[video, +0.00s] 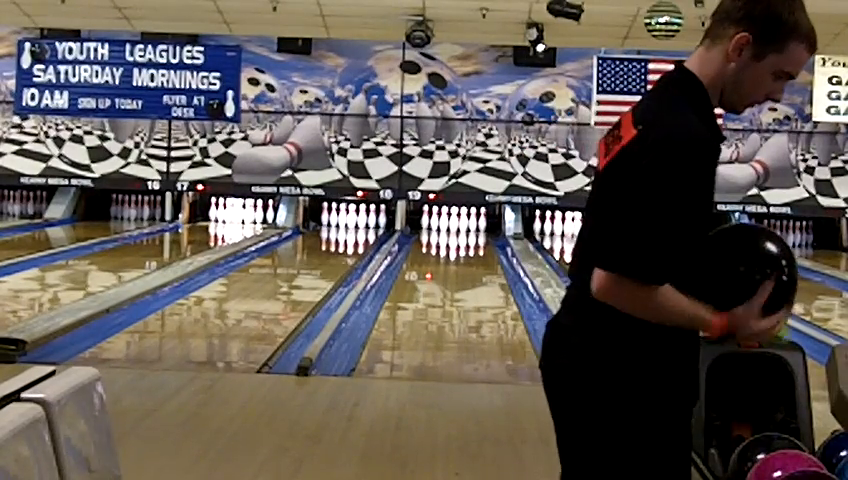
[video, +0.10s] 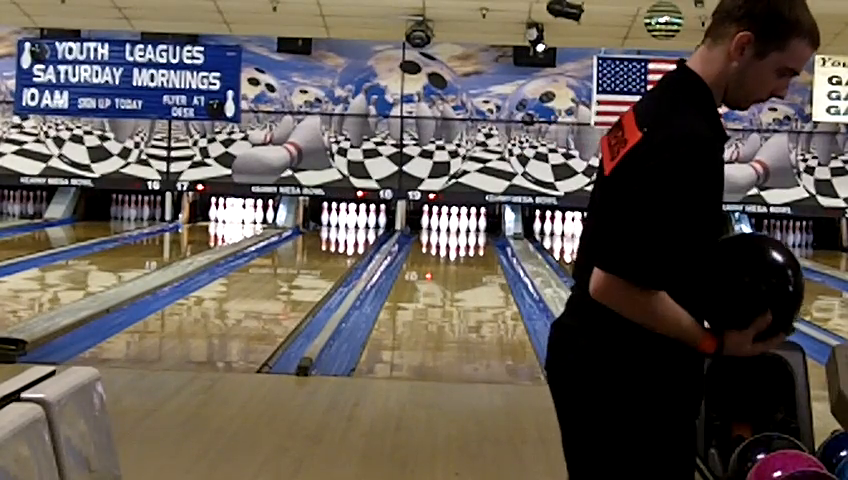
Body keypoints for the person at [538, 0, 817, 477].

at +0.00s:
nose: (777, 94)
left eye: (787, 82)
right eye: (779, 76)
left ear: (737, 48)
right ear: (740, 48)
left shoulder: (670, 107)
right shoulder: (682, 129)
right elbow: (612, 282)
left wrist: (729, 299)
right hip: (619, 363)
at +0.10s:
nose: (782, 91)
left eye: (791, 78)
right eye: (782, 73)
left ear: (737, 47)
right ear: (742, 47)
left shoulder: (669, 102)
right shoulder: (688, 130)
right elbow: (612, 284)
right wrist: (712, 342)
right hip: (627, 364)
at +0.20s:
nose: (785, 87)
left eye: (793, 73)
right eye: (785, 69)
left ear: (739, 44)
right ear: (743, 45)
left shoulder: (672, 100)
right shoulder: (690, 130)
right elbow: (611, 284)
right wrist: (708, 351)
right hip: (629, 363)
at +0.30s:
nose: (789, 84)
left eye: (797, 69)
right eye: (789, 64)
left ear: (743, 44)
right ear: (746, 43)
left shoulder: (676, 103)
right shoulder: (691, 128)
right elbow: (604, 280)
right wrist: (705, 355)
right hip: (627, 364)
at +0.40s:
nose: (792, 81)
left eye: (800, 66)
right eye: (791, 62)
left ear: (743, 43)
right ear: (747, 42)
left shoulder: (688, 111)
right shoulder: (689, 128)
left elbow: (696, 256)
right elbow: (602, 275)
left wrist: (793, 304)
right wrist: (702, 355)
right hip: (625, 369)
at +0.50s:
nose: (793, 78)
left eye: (800, 63)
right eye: (792, 59)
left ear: (743, 42)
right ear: (748, 41)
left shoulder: (690, 111)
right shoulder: (692, 127)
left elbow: (712, 261)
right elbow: (605, 275)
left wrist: (815, 310)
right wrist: (704, 354)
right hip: (625, 368)